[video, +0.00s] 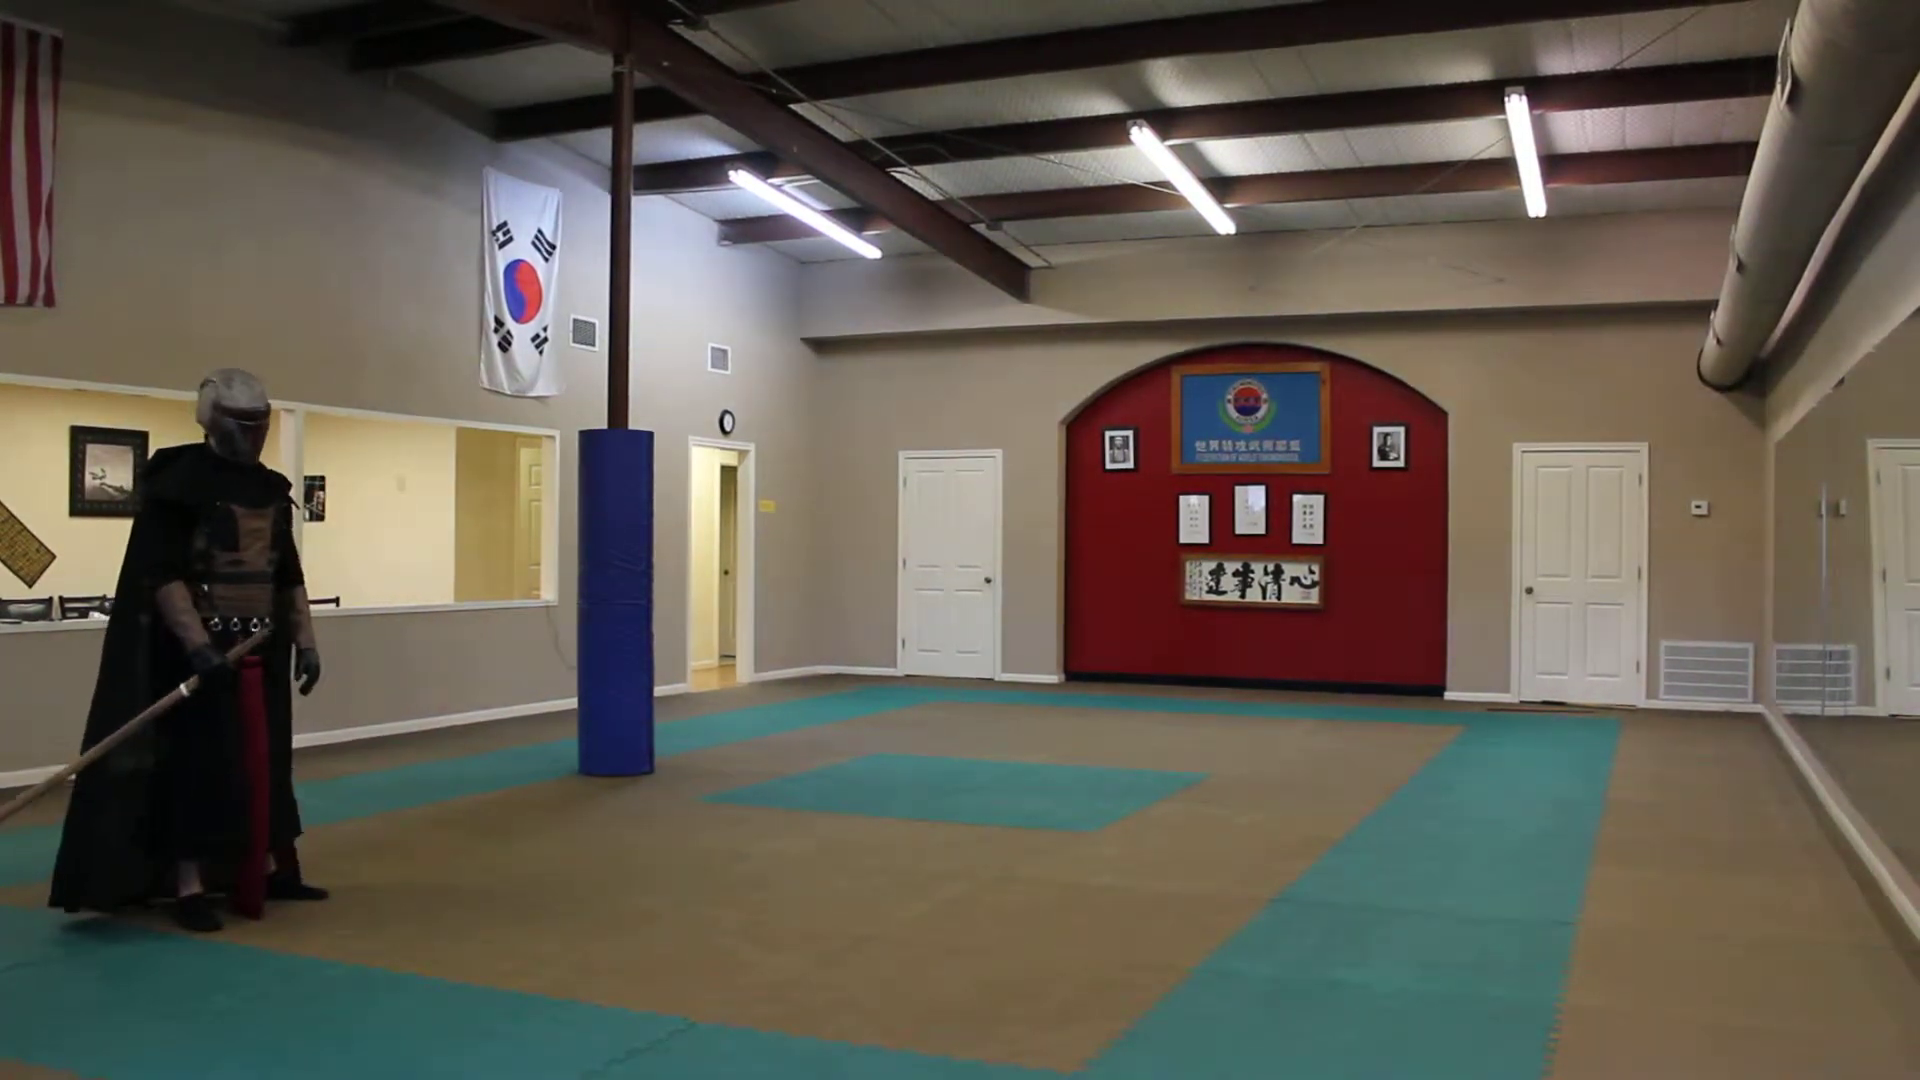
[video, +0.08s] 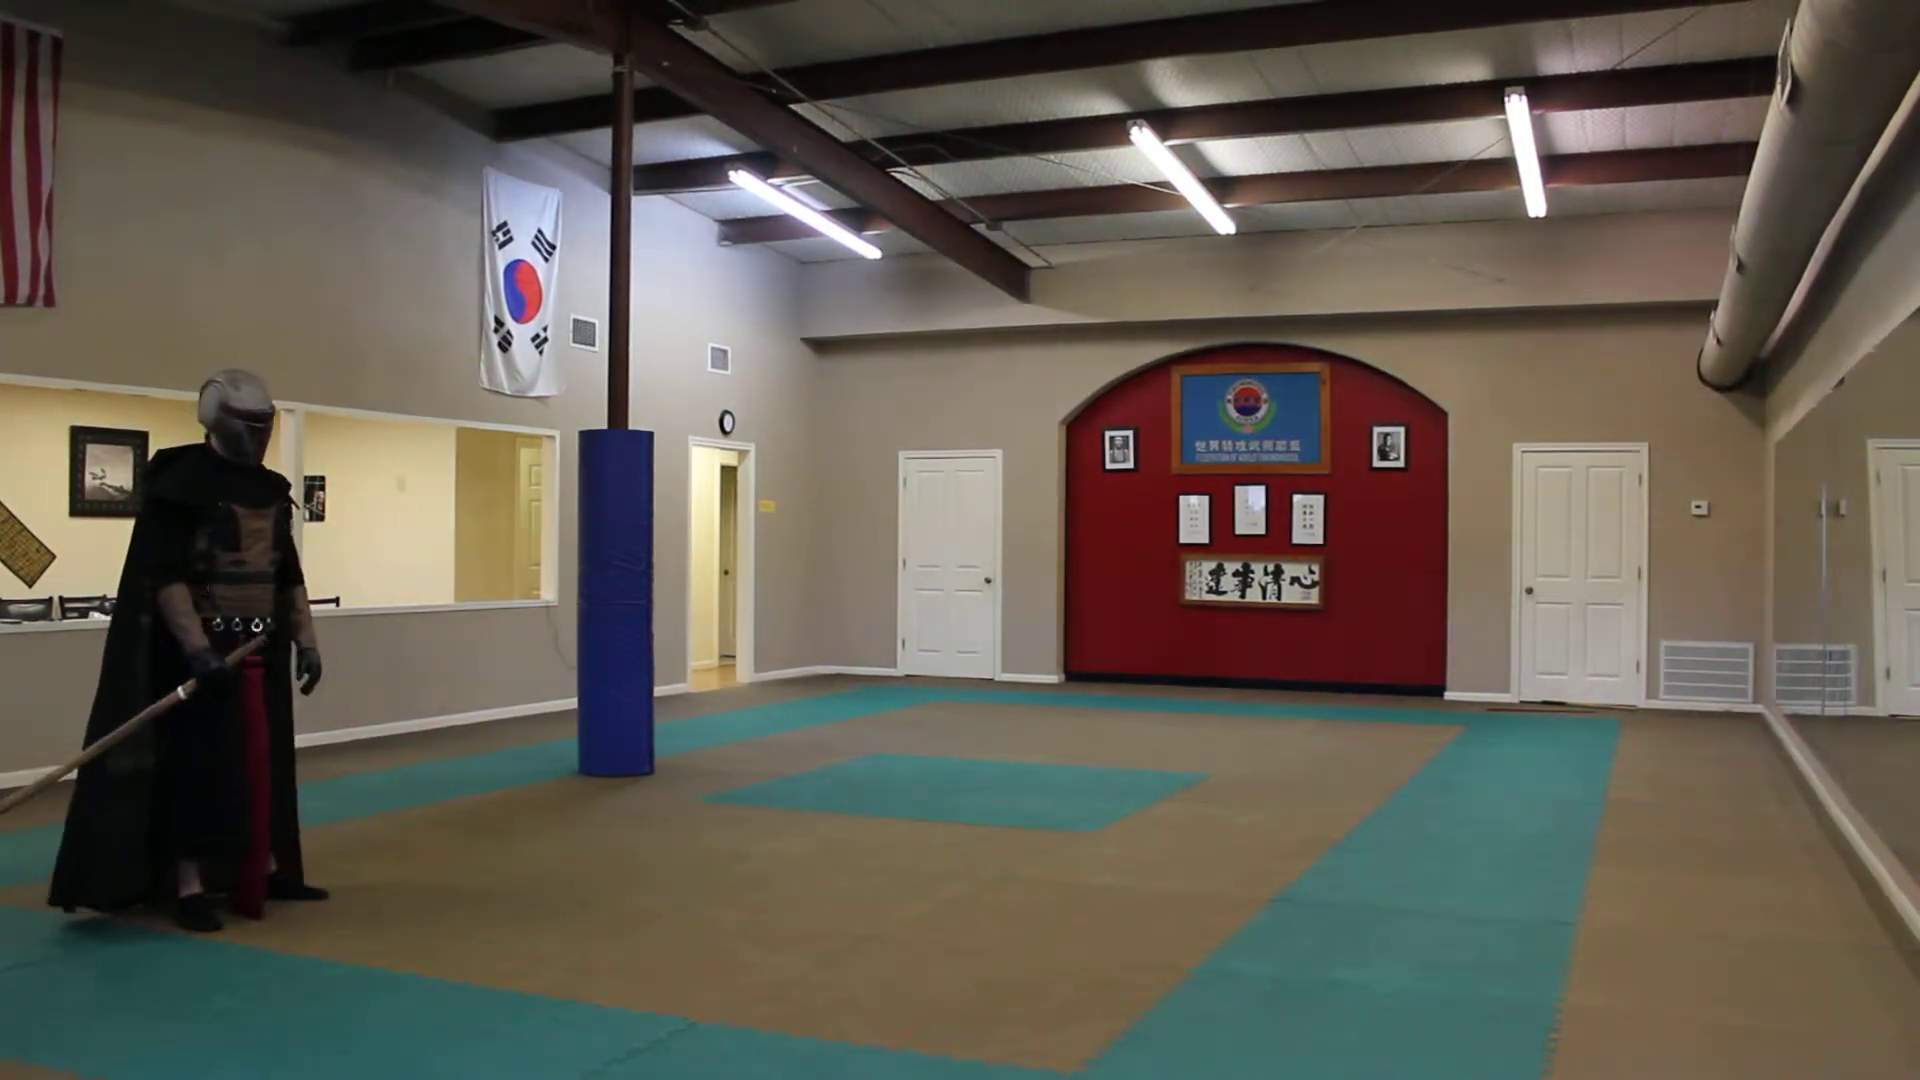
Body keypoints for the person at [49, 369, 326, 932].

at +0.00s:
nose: (251, 430)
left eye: (258, 420)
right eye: (238, 419)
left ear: (269, 421)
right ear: (209, 418)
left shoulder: (271, 489)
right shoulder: (175, 476)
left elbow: (289, 572)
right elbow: (160, 572)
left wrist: (305, 640)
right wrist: (198, 643)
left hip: (258, 651)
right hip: (191, 650)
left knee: (268, 759)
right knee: (192, 765)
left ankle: (275, 869)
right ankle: (189, 885)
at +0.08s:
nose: (261, 434)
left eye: (266, 422)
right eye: (249, 422)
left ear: (271, 423)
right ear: (216, 420)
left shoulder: (271, 490)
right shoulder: (177, 476)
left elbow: (288, 573)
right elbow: (163, 574)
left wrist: (306, 639)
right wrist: (198, 648)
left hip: (257, 653)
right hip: (191, 651)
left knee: (264, 761)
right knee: (192, 765)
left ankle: (265, 871)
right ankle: (189, 884)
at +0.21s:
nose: (263, 435)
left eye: (268, 424)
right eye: (252, 422)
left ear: (273, 424)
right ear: (219, 420)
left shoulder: (271, 490)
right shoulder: (179, 476)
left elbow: (287, 572)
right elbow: (166, 574)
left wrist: (308, 638)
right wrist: (193, 649)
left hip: (261, 650)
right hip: (198, 650)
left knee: (267, 760)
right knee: (196, 765)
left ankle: (265, 871)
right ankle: (190, 883)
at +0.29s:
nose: (265, 434)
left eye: (270, 423)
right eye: (254, 422)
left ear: (275, 424)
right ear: (221, 420)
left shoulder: (272, 492)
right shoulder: (181, 477)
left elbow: (287, 574)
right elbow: (167, 575)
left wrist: (308, 639)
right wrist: (195, 650)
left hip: (261, 650)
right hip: (199, 650)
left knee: (266, 760)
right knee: (197, 764)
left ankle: (267, 870)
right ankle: (190, 882)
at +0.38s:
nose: (264, 435)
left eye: (270, 424)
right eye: (254, 422)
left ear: (275, 425)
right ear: (220, 421)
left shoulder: (272, 492)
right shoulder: (181, 478)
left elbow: (287, 573)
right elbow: (168, 575)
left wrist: (308, 639)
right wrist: (197, 651)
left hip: (262, 650)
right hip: (200, 651)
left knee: (265, 761)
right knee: (198, 766)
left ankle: (266, 871)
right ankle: (190, 884)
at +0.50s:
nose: (266, 435)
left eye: (270, 424)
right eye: (256, 423)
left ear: (274, 425)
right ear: (224, 419)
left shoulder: (271, 493)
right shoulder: (183, 478)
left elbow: (288, 576)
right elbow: (170, 575)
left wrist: (308, 643)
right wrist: (199, 648)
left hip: (261, 653)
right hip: (199, 653)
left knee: (263, 763)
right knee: (197, 767)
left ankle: (262, 873)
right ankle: (190, 882)